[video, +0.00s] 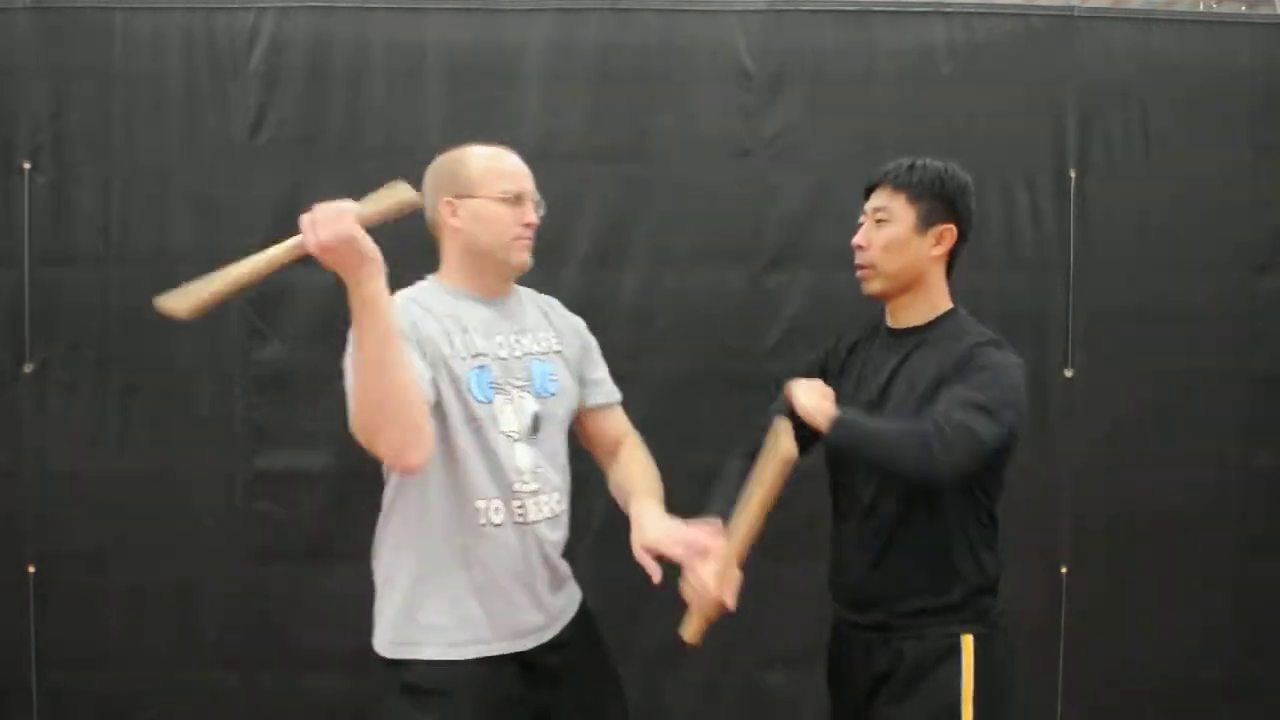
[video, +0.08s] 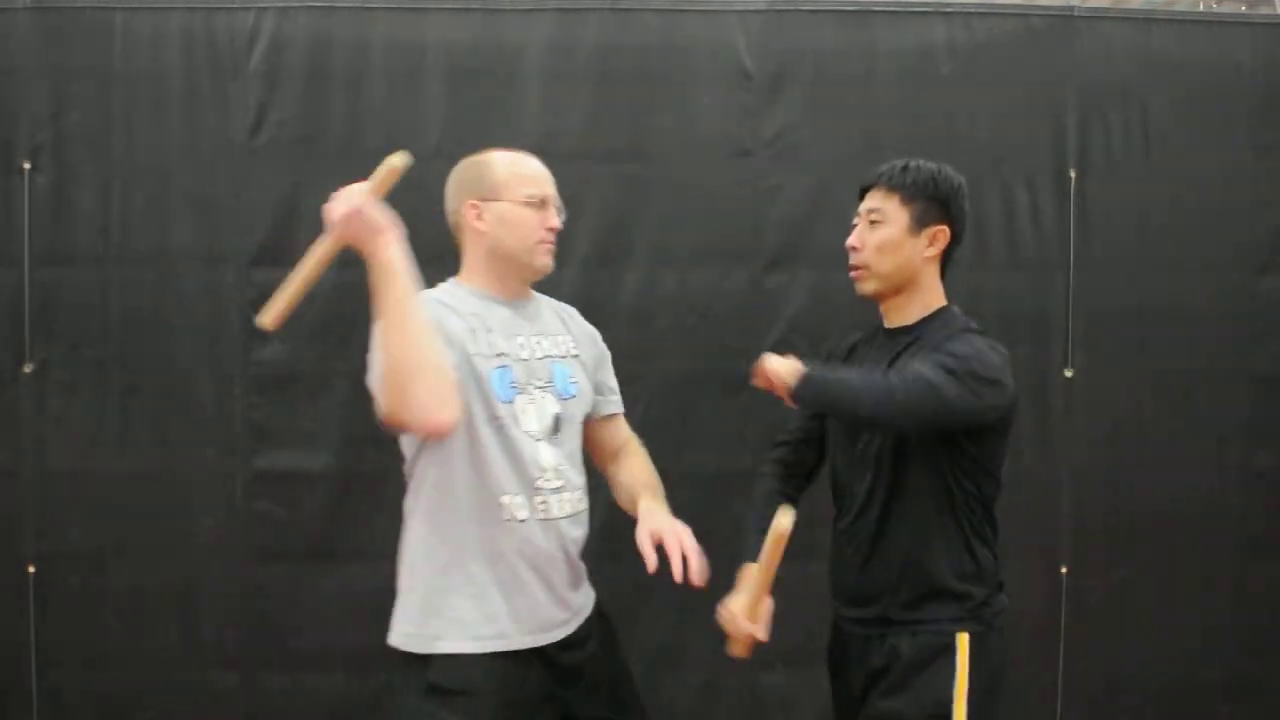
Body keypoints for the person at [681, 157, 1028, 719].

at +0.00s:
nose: (857, 241)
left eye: (880, 222)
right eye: (862, 223)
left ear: (940, 240)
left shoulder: (990, 366)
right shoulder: (851, 356)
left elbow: (943, 453)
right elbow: (772, 448)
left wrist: (833, 421)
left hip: (944, 647)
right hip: (856, 640)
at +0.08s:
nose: (852, 242)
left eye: (874, 223)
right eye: (856, 224)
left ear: (933, 240)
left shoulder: (977, 363)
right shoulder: (854, 359)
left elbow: (898, 397)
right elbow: (787, 468)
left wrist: (804, 382)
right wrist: (753, 580)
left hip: (942, 641)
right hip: (857, 636)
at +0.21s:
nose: (850, 247)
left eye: (872, 228)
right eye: (855, 228)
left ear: (931, 243)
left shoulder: (956, 349)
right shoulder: (869, 355)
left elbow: (846, 327)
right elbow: (817, 473)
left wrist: (718, 306)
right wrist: (784, 573)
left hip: (929, 644)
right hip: (861, 637)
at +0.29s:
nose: (852, 245)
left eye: (874, 227)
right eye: (858, 227)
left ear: (933, 244)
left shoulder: (942, 343)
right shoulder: (888, 346)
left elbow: (800, 300)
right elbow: (820, 455)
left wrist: (678, 257)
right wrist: (771, 524)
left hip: (925, 643)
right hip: (872, 635)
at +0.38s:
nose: (855, 242)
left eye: (876, 225)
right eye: (863, 224)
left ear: (936, 243)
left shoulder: (949, 341)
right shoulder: (890, 343)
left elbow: (824, 298)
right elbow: (817, 417)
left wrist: (712, 263)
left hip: (918, 642)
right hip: (868, 633)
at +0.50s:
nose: (858, 244)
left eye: (877, 227)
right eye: (866, 226)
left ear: (935, 246)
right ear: (933, 248)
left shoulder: (954, 338)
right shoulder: (896, 341)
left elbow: (792, 296)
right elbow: (772, 390)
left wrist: (804, 240)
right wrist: (714, 297)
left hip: (908, 641)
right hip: (869, 635)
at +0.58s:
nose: (859, 245)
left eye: (874, 230)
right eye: (866, 228)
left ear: (930, 247)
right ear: (928, 248)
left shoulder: (939, 344)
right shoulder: (922, 341)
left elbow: (787, 356)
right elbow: (788, 398)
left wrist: (836, 298)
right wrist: (742, 283)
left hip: (895, 647)